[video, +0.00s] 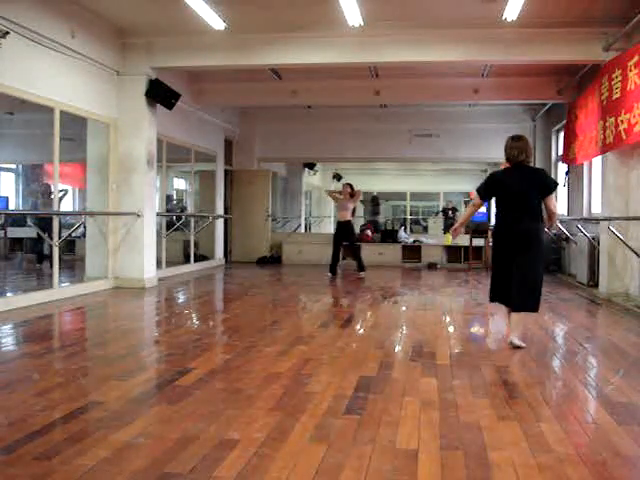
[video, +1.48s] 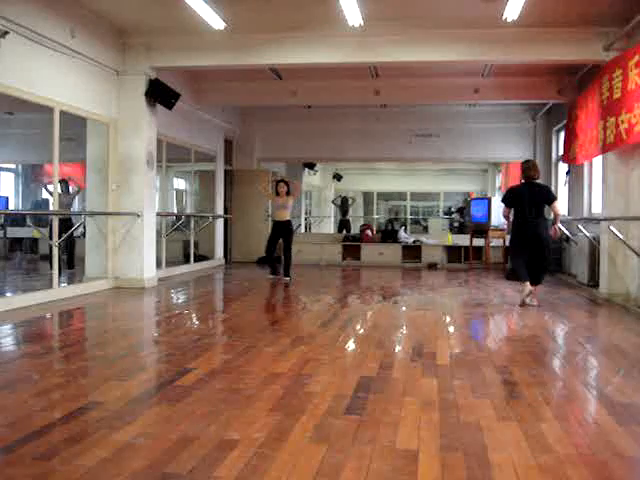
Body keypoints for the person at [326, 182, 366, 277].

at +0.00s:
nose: (345, 190)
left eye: (347, 188)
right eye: (344, 188)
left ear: (351, 190)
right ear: (342, 190)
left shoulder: (352, 201)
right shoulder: (339, 200)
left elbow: (359, 192)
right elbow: (329, 193)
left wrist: (353, 193)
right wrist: (338, 192)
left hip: (348, 222)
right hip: (339, 222)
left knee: (353, 247)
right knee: (336, 248)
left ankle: (361, 270)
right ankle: (332, 272)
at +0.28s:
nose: (334, 188)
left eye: (336, 186)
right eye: (333, 186)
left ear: (339, 190)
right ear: (330, 188)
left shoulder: (338, 200)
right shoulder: (326, 199)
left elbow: (344, 200)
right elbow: (314, 195)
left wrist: (346, 192)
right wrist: (317, 186)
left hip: (335, 221)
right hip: (328, 221)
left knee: (332, 247)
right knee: (329, 248)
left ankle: (333, 271)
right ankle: (332, 270)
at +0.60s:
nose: (318, 187)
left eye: (321, 185)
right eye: (317, 185)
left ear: (325, 188)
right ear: (315, 187)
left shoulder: (326, 198)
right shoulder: (311, 197)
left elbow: (332, 186)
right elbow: (300, 191)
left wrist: (324, 181)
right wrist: (308, 182)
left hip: (322, 222)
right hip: (313, 222)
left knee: (318, 250)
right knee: (312, 249)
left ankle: (315, 273)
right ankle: (324, 264)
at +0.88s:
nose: (306, 188)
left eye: (308, 186)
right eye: (305, 186)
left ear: (312, 188)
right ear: (303, 188)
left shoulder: (315, 198)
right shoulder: (300, 198)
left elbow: (322, 186)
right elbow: (290, 190)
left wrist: (311, 179)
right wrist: (295, 181)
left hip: (312, 222)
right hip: (302, 222)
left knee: (315, 250)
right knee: (297, 250)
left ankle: (315, 273)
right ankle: (291, 273)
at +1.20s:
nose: (291, 187)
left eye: (293, 185)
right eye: (290, 185)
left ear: (297, 187)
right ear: (287, 187)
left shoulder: (299, 196)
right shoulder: (284, 196)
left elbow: (308, 189)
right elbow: (273, 190)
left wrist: (305, 183)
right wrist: (278, 182)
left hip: (295, 220)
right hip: (286, 221)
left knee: (295, 249)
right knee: (286, 249)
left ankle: (296, 273)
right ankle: (286, 273)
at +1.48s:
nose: (282, 189)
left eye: (283, 187)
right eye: (280, 187)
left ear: (287, 188)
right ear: (277, 189)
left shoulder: (290, 198)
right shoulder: (274, 198)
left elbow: (297, 190)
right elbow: (263, 191)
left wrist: (292, 183)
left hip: (286, 223)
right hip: (276, 223)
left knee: (287, 250)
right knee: (270, 249)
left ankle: (286, 274)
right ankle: (274, 272)